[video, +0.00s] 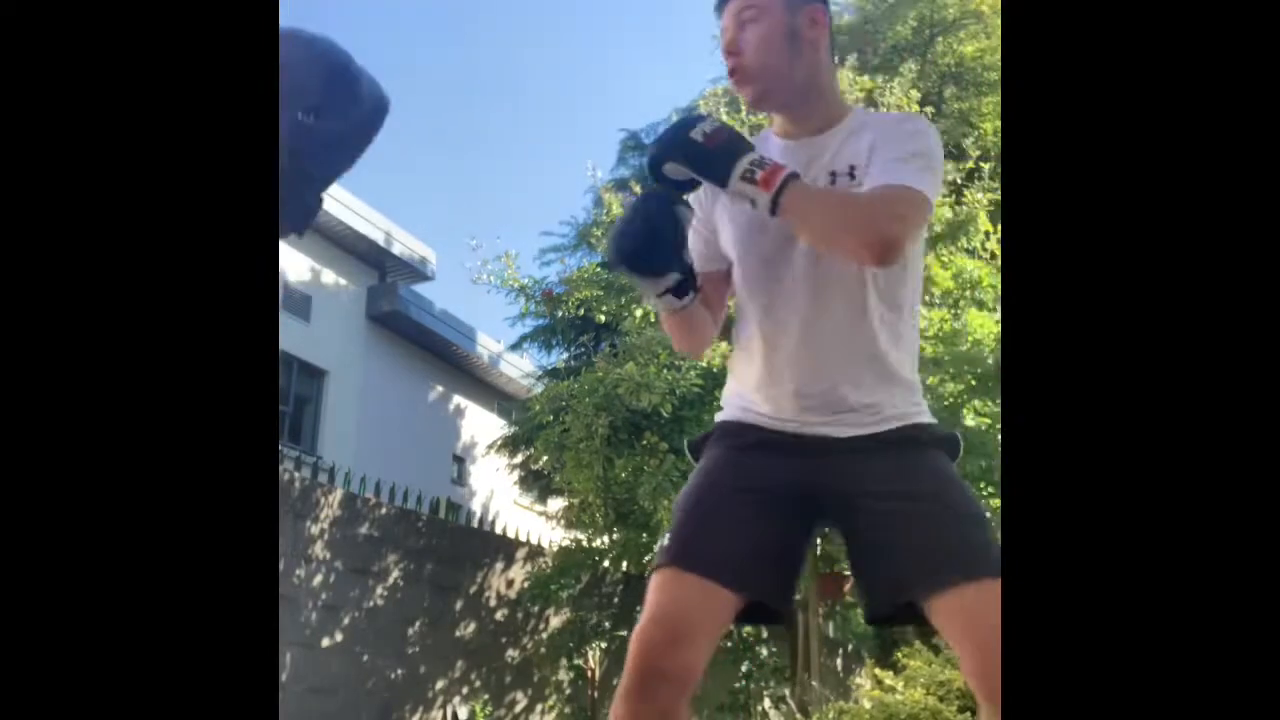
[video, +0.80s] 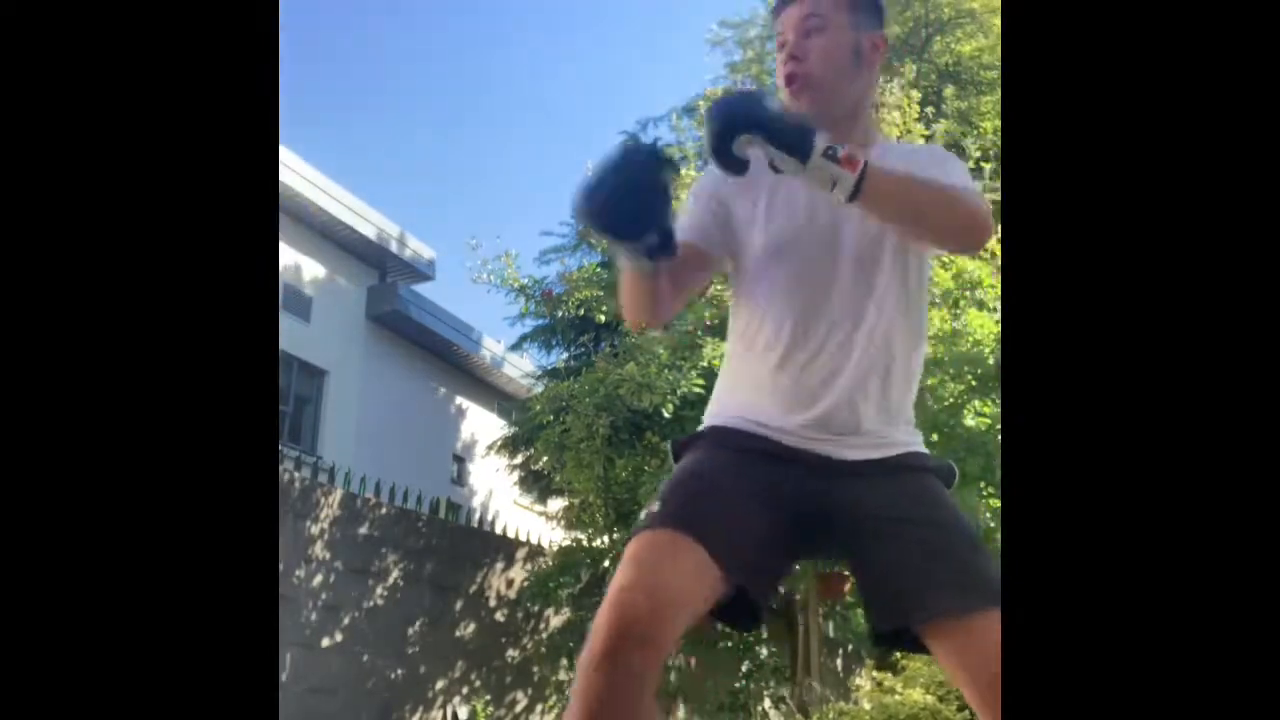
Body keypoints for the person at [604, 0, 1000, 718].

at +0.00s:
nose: (727, 51)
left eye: (745, 24)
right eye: (724, 37)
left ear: (813, 25)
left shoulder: (899, 134)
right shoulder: (722, 177)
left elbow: (882, 237)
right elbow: (695, 337)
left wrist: (744, 171)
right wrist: (664, 275)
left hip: (890, 434)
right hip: (754, 435)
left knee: (997, 662)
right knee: (656, 666)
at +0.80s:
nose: (787, 54)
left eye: (813, 32)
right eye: (780, 41)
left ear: (874, 51)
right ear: (771, 63)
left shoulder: (922, 165)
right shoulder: (737, 176)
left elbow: (972, 230)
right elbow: (646, 312)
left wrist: (814, 155)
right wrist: (639, 239)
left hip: (884, 455)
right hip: (747, 442)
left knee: (995, 677)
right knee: (624, 632)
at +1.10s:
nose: (644, 20)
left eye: (667, 7)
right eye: (624, 9)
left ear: (705, 19)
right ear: (605, 24)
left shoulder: (737, 142)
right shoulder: (576, 117)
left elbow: (825, 206)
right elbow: (439, 228)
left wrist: (721, 103)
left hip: (695, 431)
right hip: (577, 408)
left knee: (794, 679)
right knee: (510, 636)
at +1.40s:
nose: (638, 105)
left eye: (658, 88)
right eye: (629, 96)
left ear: (707, 108)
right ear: (618, 114)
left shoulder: (716, 234)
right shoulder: (564, 177)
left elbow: (708, 319)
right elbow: (461, 276)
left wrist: (616, 215)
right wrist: (482, 280)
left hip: (616, 456)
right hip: (515, 411)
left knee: (642, 695)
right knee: (464, 625)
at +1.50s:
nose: (627, 108)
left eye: (649, 92)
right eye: (617, 99)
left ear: (693, 114)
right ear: (607, 118)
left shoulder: (702, 233)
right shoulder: (549, 182)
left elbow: (697, 307)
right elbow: (435, 288)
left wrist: (599, 199)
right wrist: (464, 278)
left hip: (600, 453)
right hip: (500, 404)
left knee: (628, 695)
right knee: (441, 616)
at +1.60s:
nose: (598, 105)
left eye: (622, 92)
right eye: (589, 97)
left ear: (666, 119)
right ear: (577, 119)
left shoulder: (673, 227)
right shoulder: (526, 187)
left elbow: (701, 285)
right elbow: (397, 290)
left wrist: (593, 197)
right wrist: (438, 259)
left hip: (587, 459)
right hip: (484, 416)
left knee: (634, 697)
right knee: (421, 617)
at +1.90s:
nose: (485, 31)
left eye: (510, 17)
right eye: (472, 20)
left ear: (554, 54)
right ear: (456, 46)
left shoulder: (569, 182)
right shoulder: (417, 110)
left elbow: (706, 235)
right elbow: (288, 82)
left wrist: (682, 144)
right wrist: (294, 4)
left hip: (480, 435)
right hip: (381, 399)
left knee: (541, 666)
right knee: (367, 624)